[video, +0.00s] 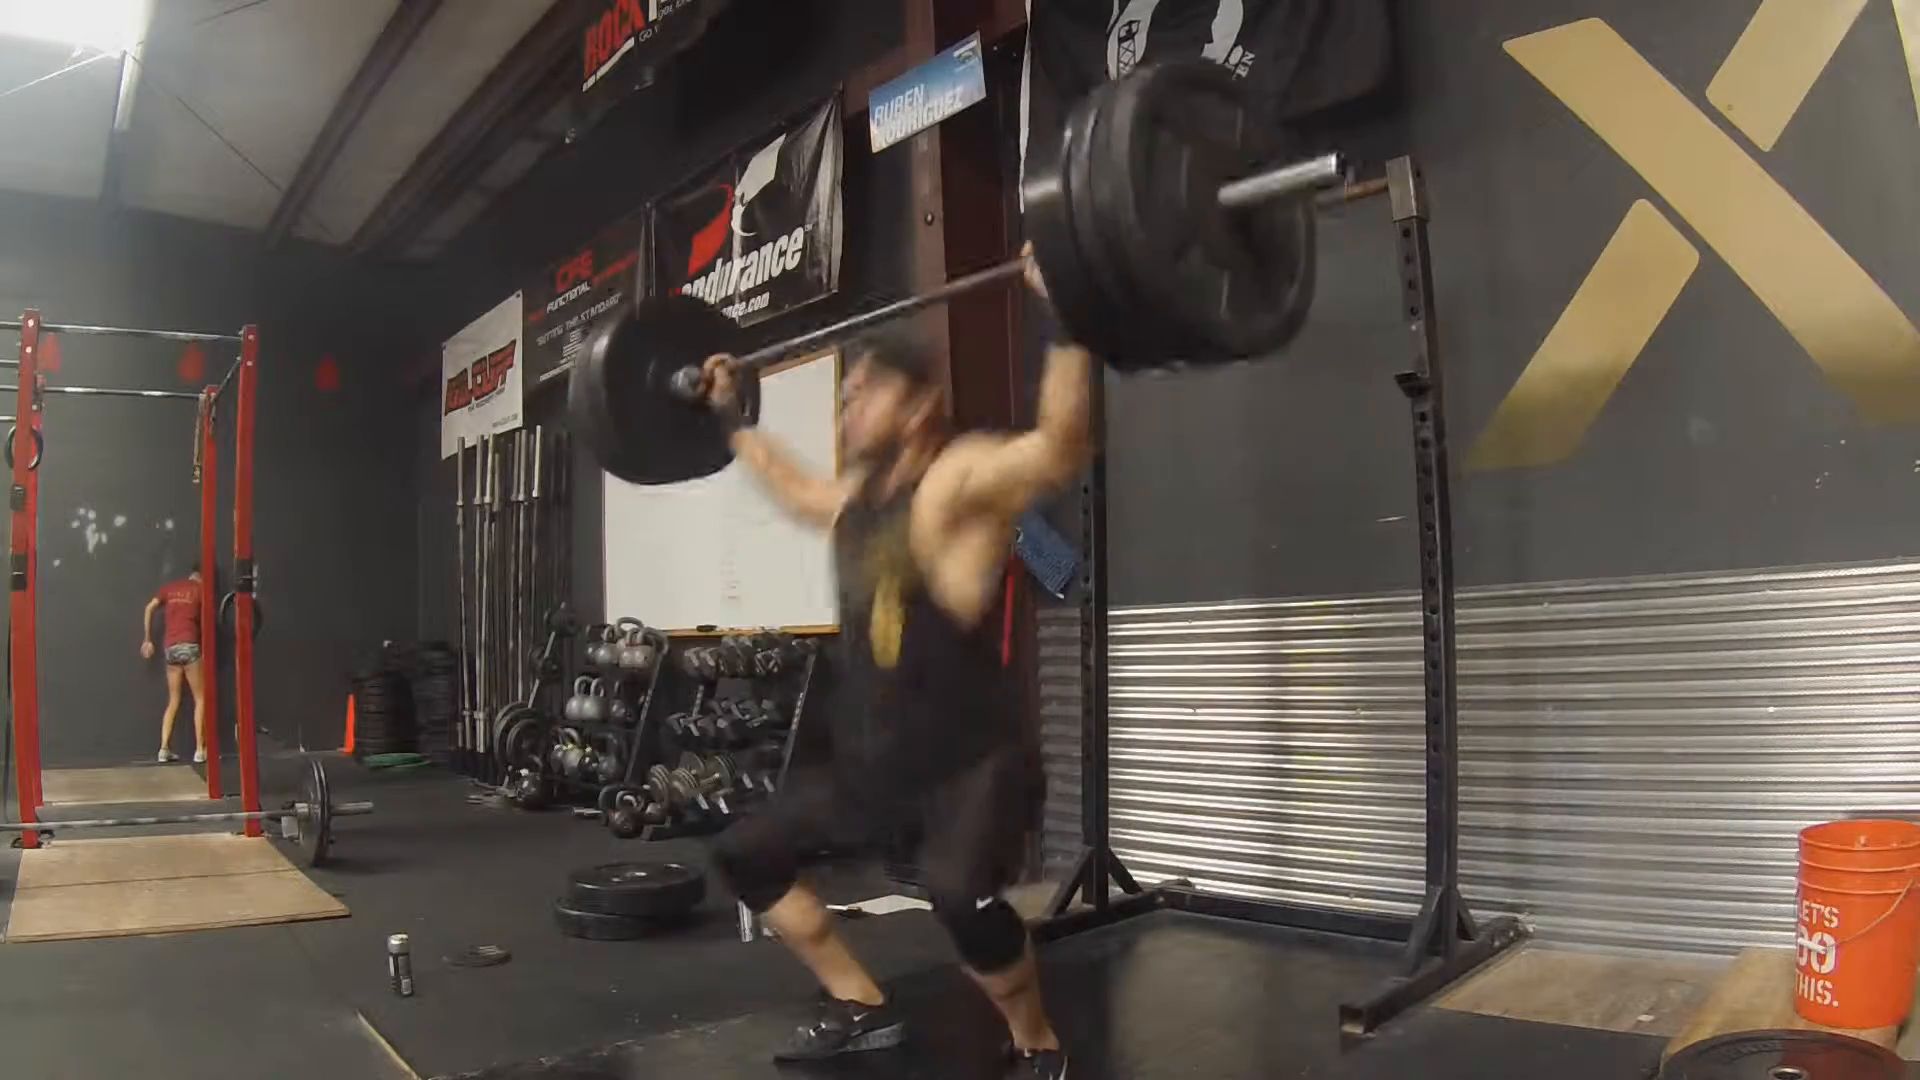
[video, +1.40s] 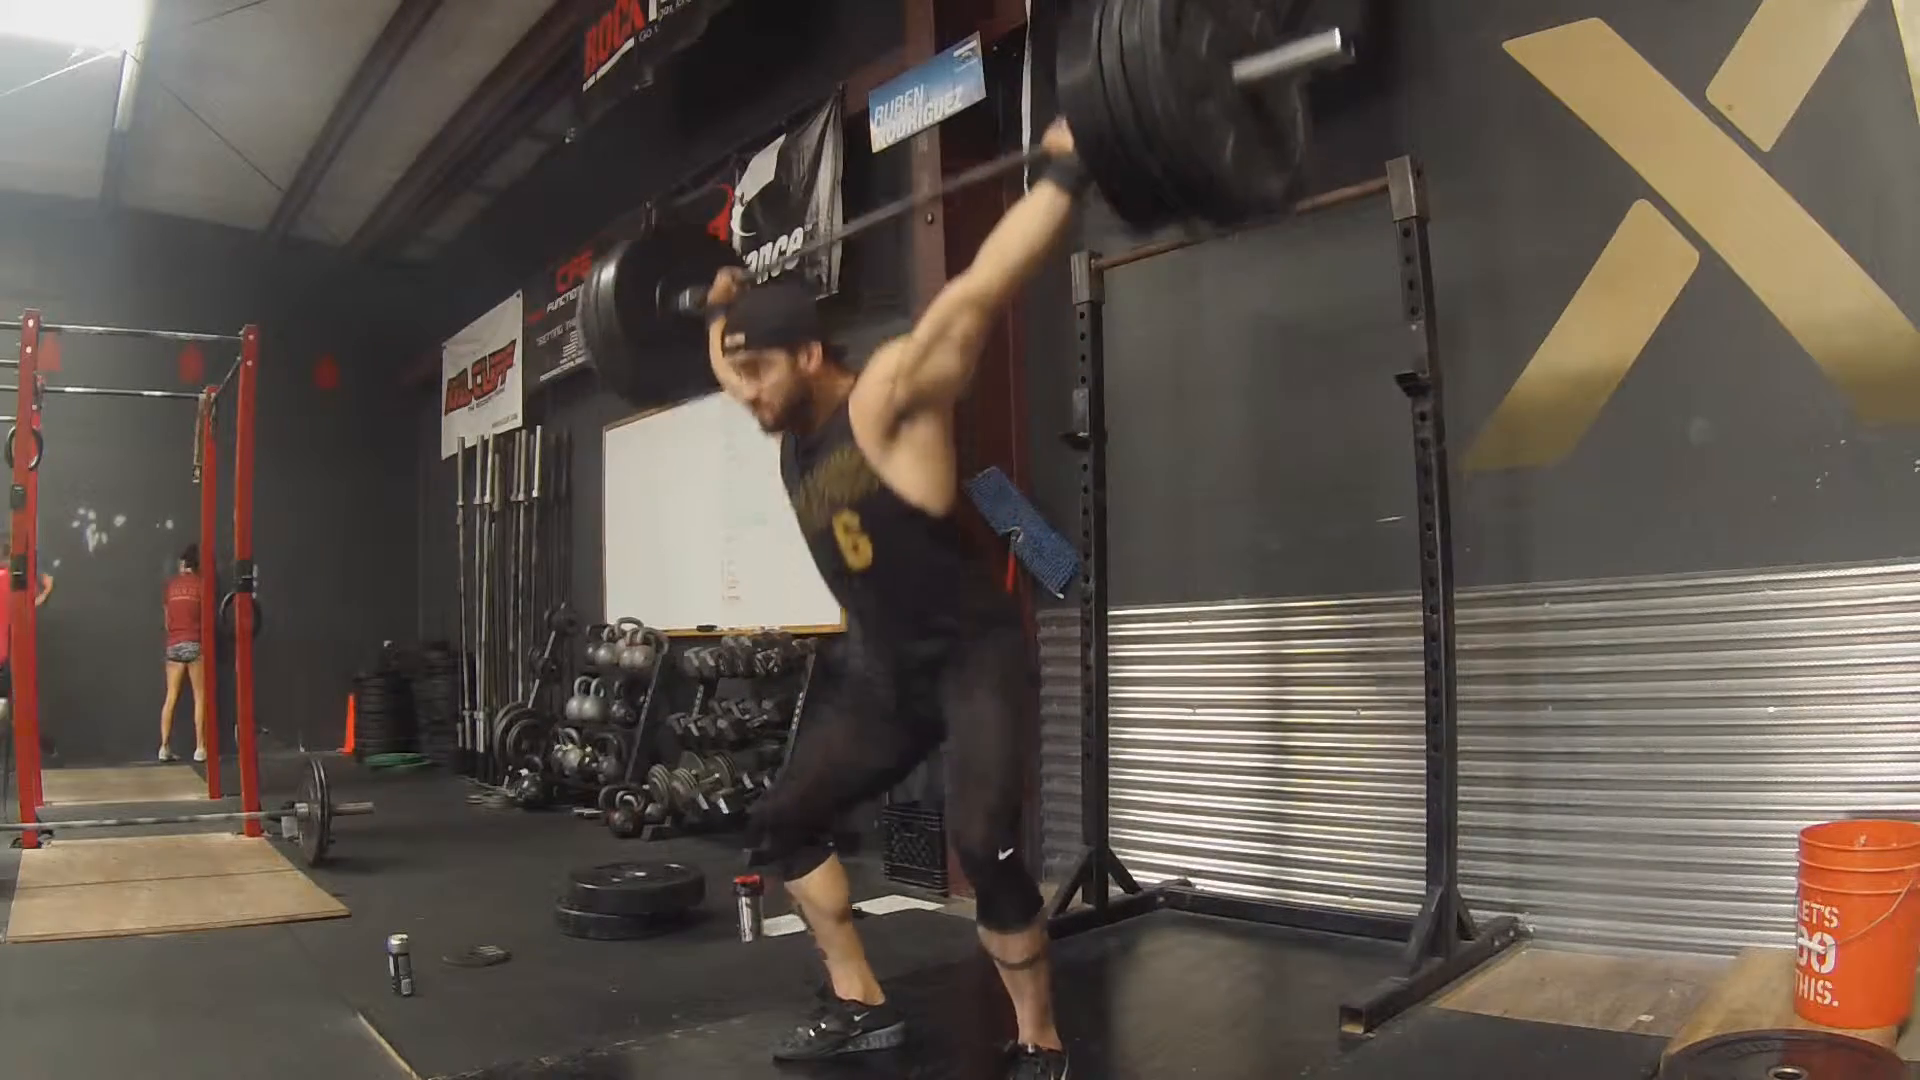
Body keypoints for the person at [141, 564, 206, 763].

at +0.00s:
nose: (204, 582)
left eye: (203, 578)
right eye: (204, 578)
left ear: (190, 573)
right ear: (201, 576)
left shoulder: (170, 588)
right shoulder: (201, 589)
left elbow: (149, 608)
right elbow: (207, 618)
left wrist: (147, 639)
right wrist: (208, 644)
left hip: (170, 643)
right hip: (190, 642)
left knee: (173, 700)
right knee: (199, 698)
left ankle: (164, 748)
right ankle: (200, 749)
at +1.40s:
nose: (182, 568)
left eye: (182, 564)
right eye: (187, 564)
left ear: (181, 564)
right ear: (197, 564)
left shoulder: (170, 585)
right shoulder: (201, 584)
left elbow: (167, 615)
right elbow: (207, 614)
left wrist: (170, 631)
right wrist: (207, 636)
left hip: (174, 641)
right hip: (195, 640)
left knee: (170, 696)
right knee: (199, 695)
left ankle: (164, 745)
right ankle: (200, 746)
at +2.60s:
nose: (189, 566)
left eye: (192, 562)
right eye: (190, 561)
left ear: (202, 563)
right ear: (205, 564)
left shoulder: (196, 582)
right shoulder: (216, 584)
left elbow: (192, 612)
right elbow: (219, 615)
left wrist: (183, 643)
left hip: (195, 645)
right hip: (213, 645)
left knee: (187, 696)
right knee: (213, 696)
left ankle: (186, 747)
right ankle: (215, 748)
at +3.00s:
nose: (191, 568)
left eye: (194, 563)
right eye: (191, 564)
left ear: (203, 565)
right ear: (205, 565)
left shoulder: (199, 586)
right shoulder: (216, 586)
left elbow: (194, 615)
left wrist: (182, 644)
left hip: (199, 646)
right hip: (214, 644)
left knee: (201, 696)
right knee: (213, 696)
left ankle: (211, 747)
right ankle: (215, 745)